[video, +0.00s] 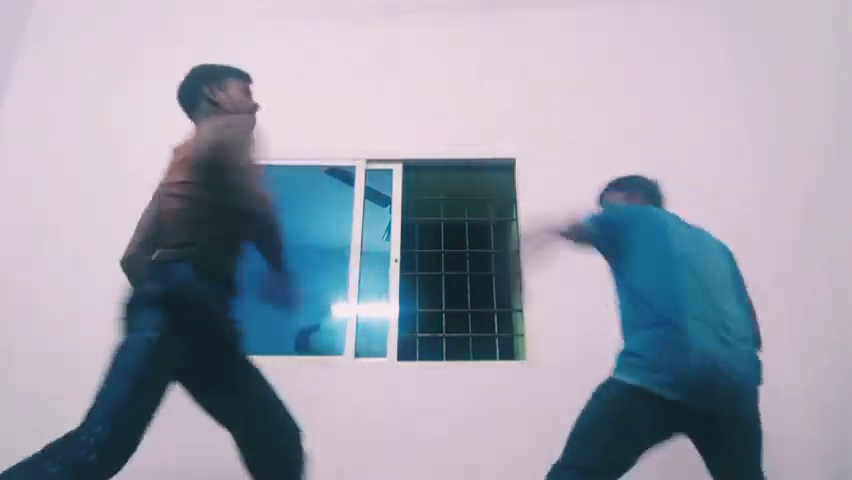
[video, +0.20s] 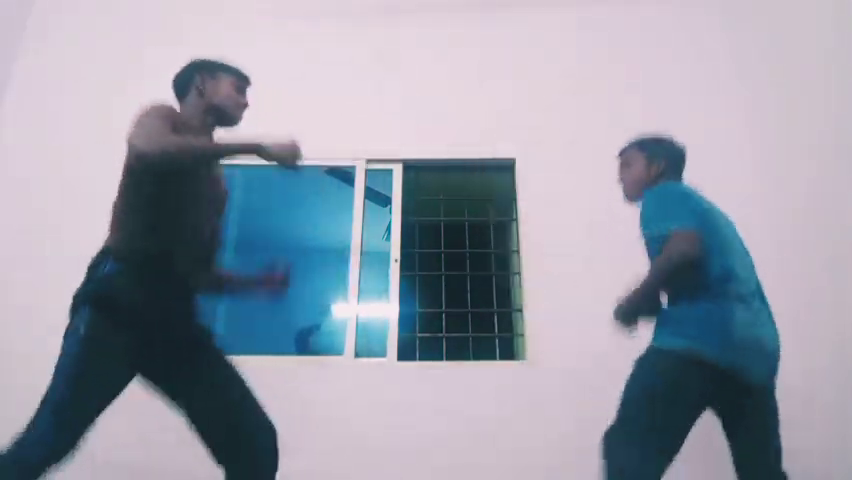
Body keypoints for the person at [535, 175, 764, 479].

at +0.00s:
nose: (603, 213)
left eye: (607, 206)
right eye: (603, 207)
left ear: (630, 198)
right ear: (658, 201)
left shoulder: (628, 218)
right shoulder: (716, 246)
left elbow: (578, 230)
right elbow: (752, 335)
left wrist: (554, 232)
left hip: (655, 380)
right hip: (732, 390)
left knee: (574, 474)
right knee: (745, 476)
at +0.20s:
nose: (620, 175)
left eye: (627, 165)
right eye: (620, 167)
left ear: (655, 167)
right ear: (659, 170)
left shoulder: (664, 195)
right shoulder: (709, 213)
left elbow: (684, 245)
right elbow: (715, 295)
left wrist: (639, 297)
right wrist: (658, 306)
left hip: (694, 344)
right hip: (751, 355)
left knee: (630, 453)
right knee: (763, 470)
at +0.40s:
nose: (613, 126)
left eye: (621, 116)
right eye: (613, 119)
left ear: (651, 117)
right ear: (655, 123)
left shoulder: (659, 147)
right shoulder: (687, 161)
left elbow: (672, 202)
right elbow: (687, 251)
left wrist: (612, 225)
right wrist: (636, 247)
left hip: (693, 302)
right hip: (734, 307)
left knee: (689, 431)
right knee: (751, 429)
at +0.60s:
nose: (596, 130)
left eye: (604, 120)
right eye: (597, 122)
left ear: (634, 121)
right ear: (636, 126)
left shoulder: (644, 152)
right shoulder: (661, 161)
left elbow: (651, 211)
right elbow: (684, 249)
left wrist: (601, 217)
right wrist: (640, 259)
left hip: (686, 321)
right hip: (712, 322)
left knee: (711, 442)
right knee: (728, 442)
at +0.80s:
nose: (584, 136)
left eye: (591, 126)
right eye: (584, 128)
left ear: (620, 128)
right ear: (626, 132)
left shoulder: (627, 157)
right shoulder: (657, 171)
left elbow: (640, 213)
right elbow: (674, 253)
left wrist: (594, 234)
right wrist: (624, 272)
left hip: (658, 313)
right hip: (697, 319)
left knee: (659, 425)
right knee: (691, 431)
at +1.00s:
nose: (563, 209)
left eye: (567, 199)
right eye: (562, 202)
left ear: (593, 196)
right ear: (603, 199)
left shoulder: (604, 220)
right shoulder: (648, 235)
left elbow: (617, 280)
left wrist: (574, 322)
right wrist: (621, 349)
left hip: (660, 338)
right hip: (713, 347)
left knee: (596, 448)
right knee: (689, 464)